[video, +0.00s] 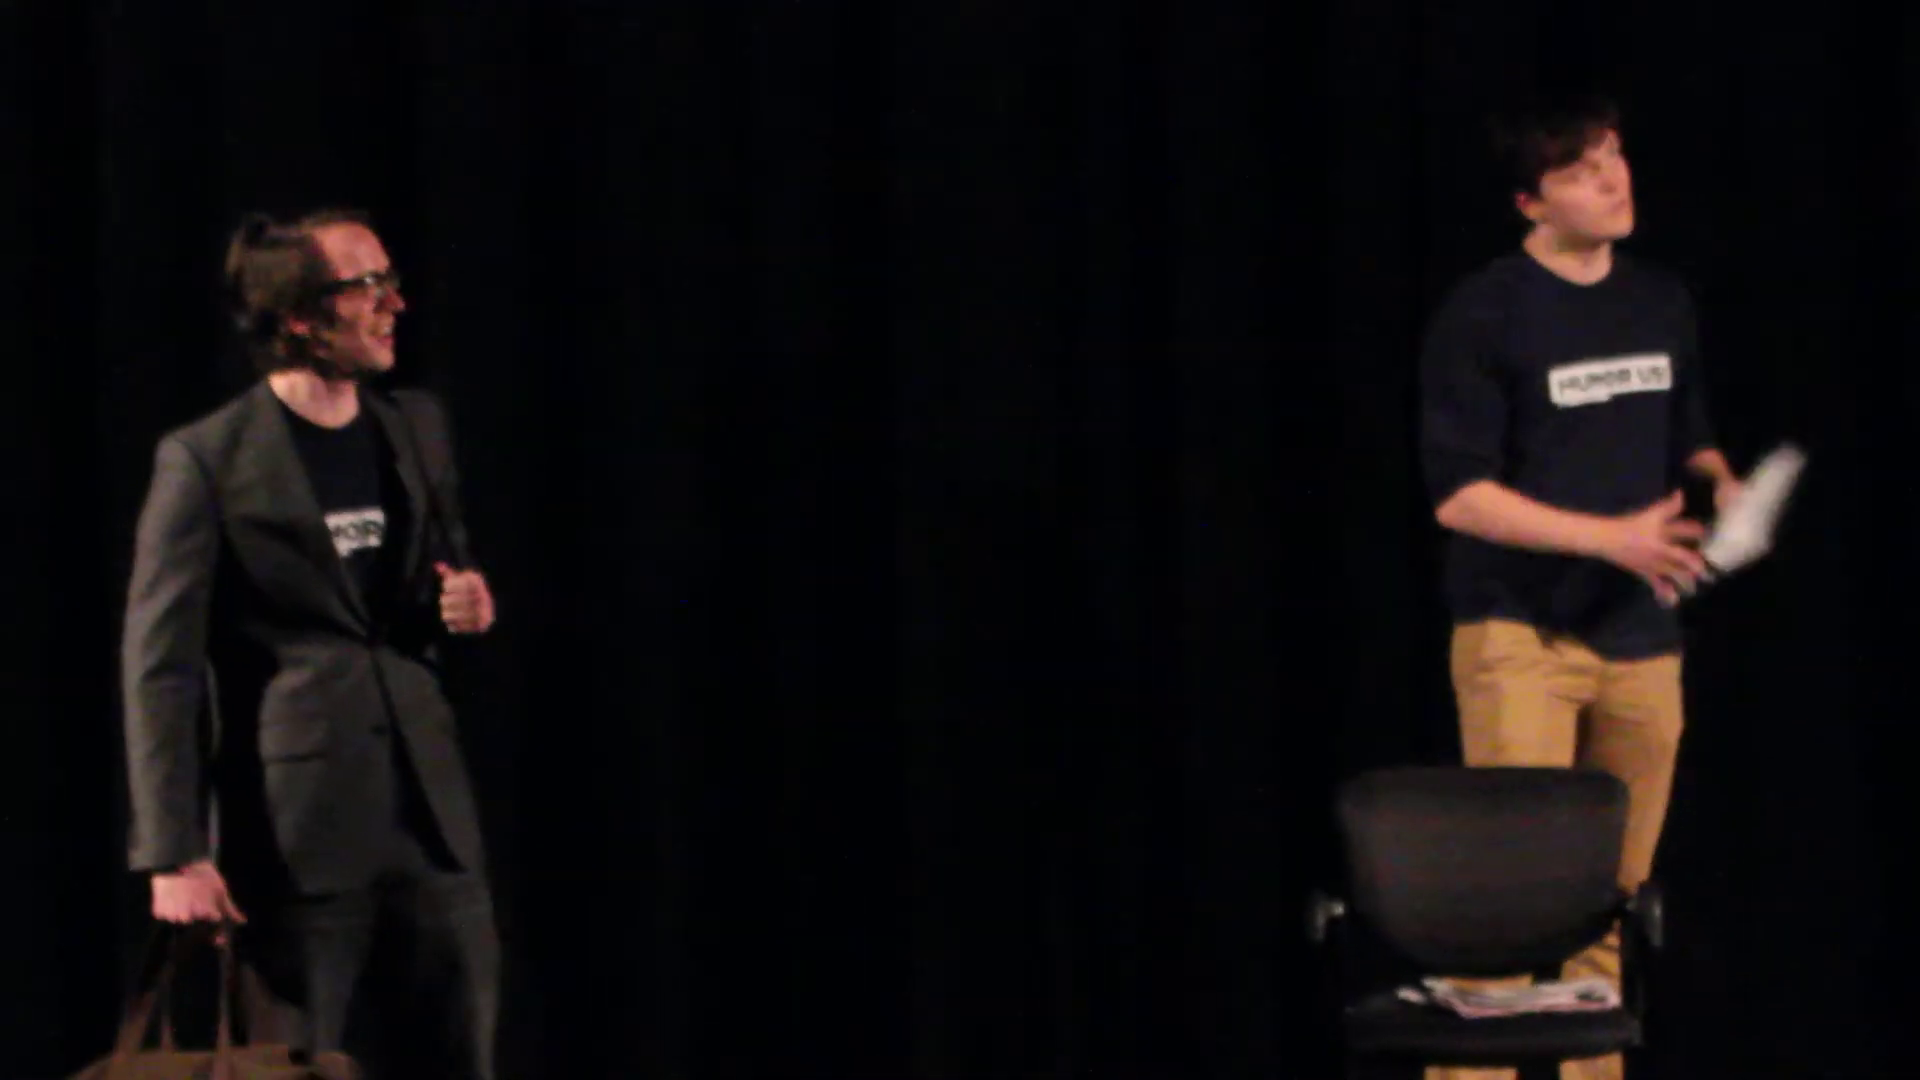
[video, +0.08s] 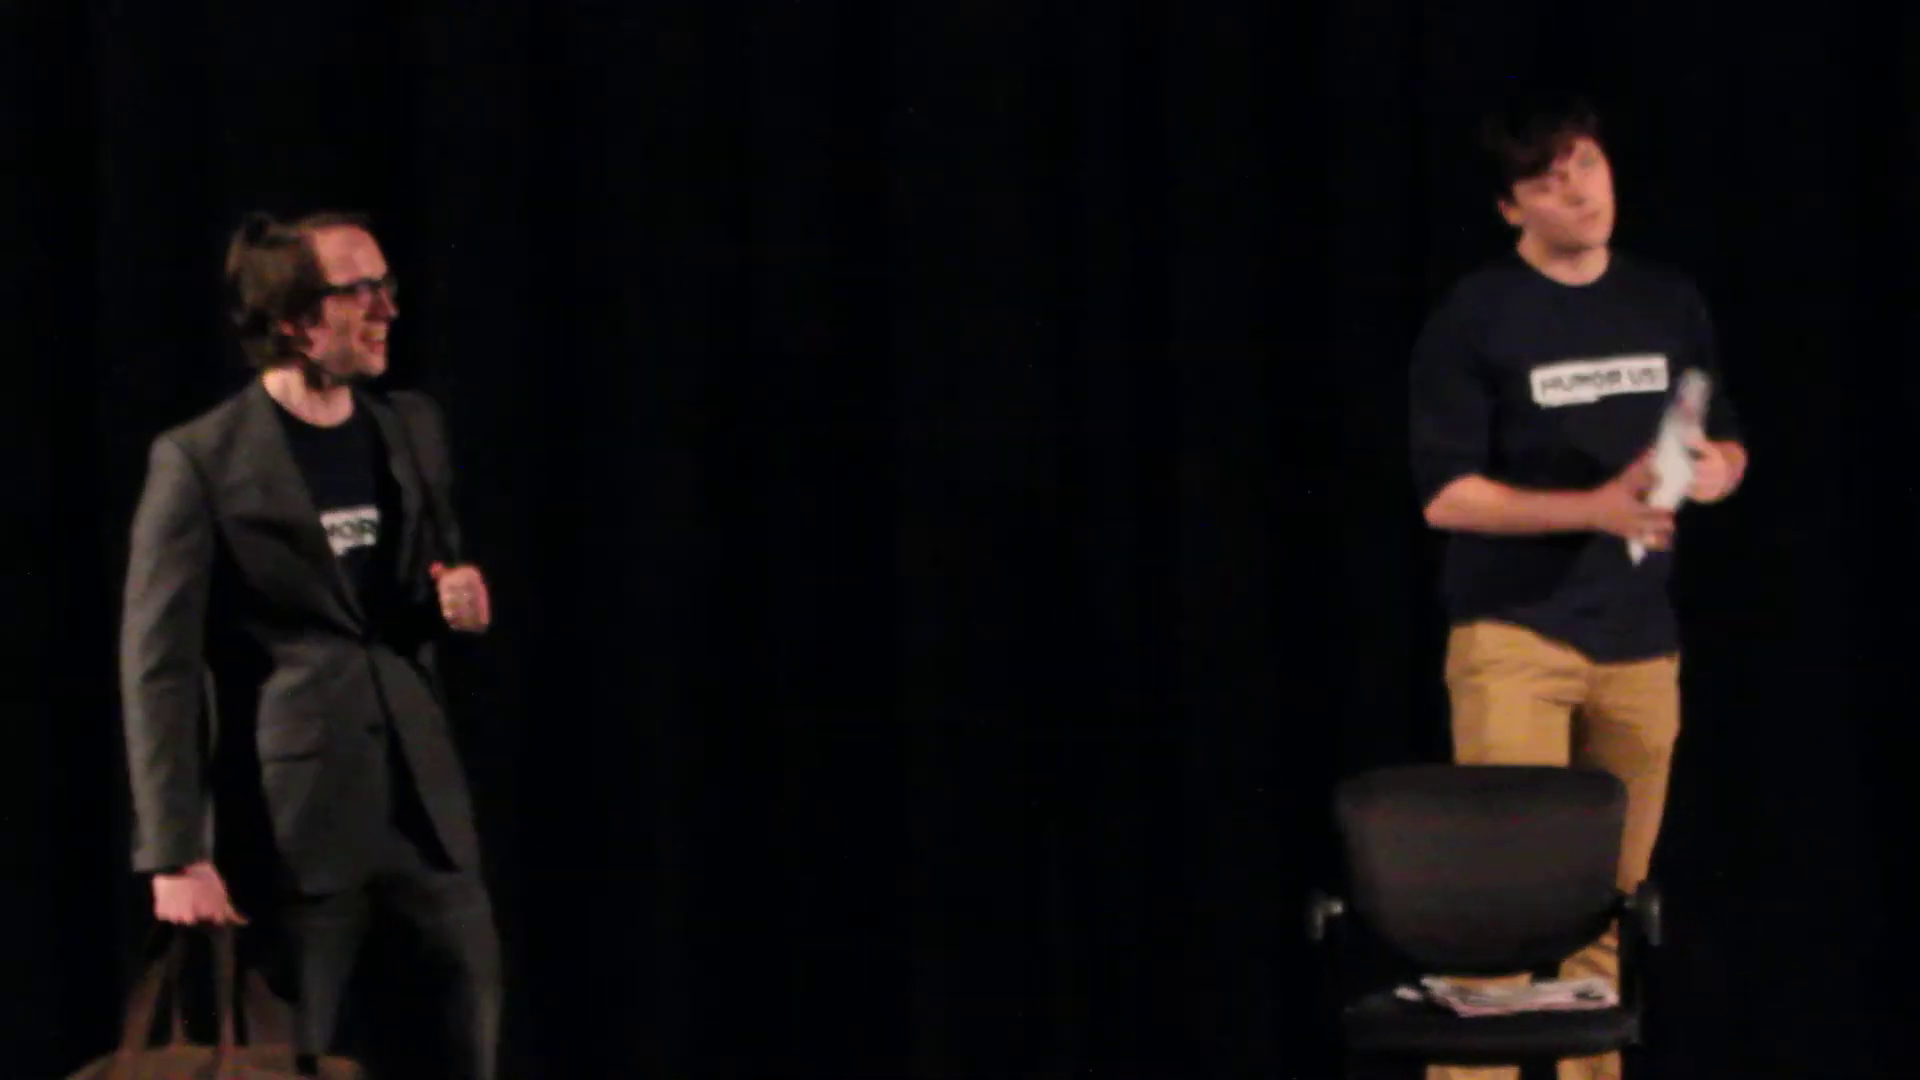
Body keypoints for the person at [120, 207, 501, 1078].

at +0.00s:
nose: (393, 301)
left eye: (390, 281)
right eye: (367, 288)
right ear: (298, 320)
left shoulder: (416, 425)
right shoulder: (205, 460)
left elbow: (443, 573)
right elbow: (161, 666)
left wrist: (468, 601)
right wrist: (175, 852)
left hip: (431, 797)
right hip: (298, 812)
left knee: (464, 1042)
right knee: (300, 1059)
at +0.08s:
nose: (386, 307)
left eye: (385, 286)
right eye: (360, 292)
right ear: (293, 322)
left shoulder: (412, 426)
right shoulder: (198, 461)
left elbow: (433, 585)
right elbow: (160, 668)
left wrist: (461, 602)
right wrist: (176, 851)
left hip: (423, 786)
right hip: (294, 803)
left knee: (473, 1007)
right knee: (294, 1047)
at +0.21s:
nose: (373, 300)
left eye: (370, 280)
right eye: (346, 287)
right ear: (278, 321)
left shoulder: (403, 426)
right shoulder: (182, 461)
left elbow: (433, 574)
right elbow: (150, 670)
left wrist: (456, 607)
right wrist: (170, 851)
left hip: (408, 778)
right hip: (279, 796)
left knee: (467, 1003)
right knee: (281, 1039)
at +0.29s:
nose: (362, 297)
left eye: (359, 278)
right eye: (335, 285)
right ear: (266, 320)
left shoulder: (396, 424)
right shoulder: (172, 458)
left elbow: (434, 570)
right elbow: (141, 669)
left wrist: (449, 607)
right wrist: (163, 849)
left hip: (403, 786)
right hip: (269, 802)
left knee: (458, 1022)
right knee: (267, 1051)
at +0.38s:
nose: (355, 297)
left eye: (353, 277)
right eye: (328, 285)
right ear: (258, 316)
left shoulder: (391, 422)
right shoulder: (165, 459)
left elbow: (439, 567)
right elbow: (135, 673)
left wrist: (442, 604)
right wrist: (156, 851)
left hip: (399, 783)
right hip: (265, 800)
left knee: (445, 1032)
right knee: (270, 1052)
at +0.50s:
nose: (342, 295)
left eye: (340, 276)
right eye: (314, 282)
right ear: (244, 316)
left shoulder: (385, 425)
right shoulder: (154, 457)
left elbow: (444, 581)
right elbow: (130, 672)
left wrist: (435, 606)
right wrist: (149, 854)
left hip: (392, 800)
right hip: (249, 815)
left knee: (436, 1049)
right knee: (248, 1066)